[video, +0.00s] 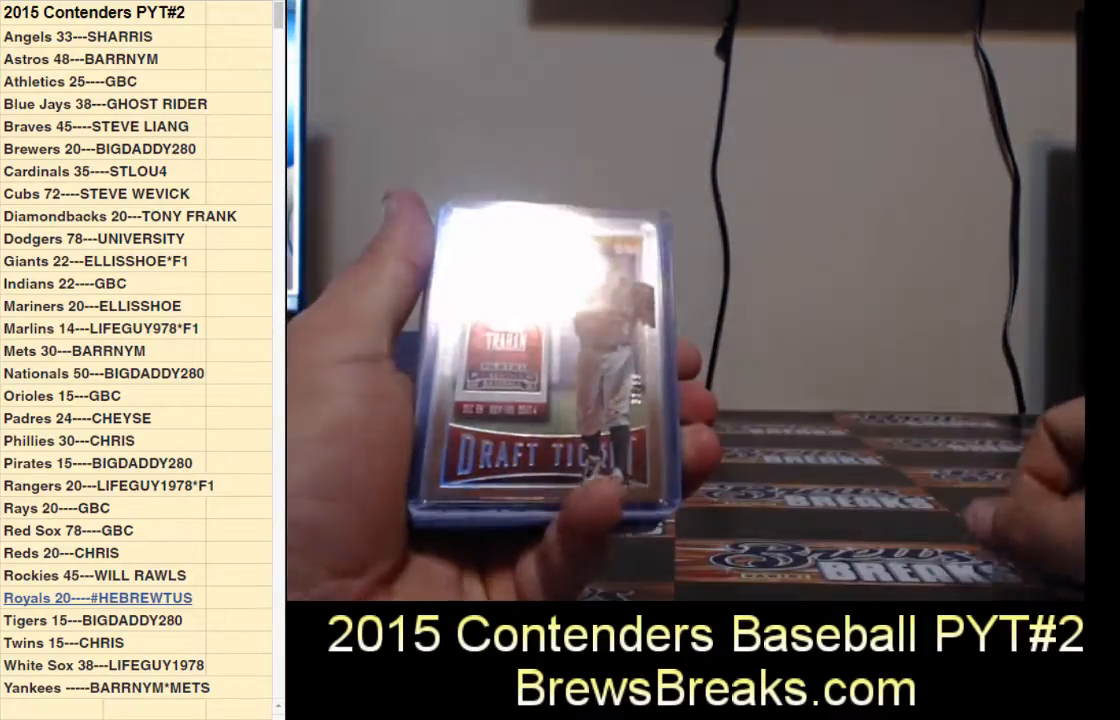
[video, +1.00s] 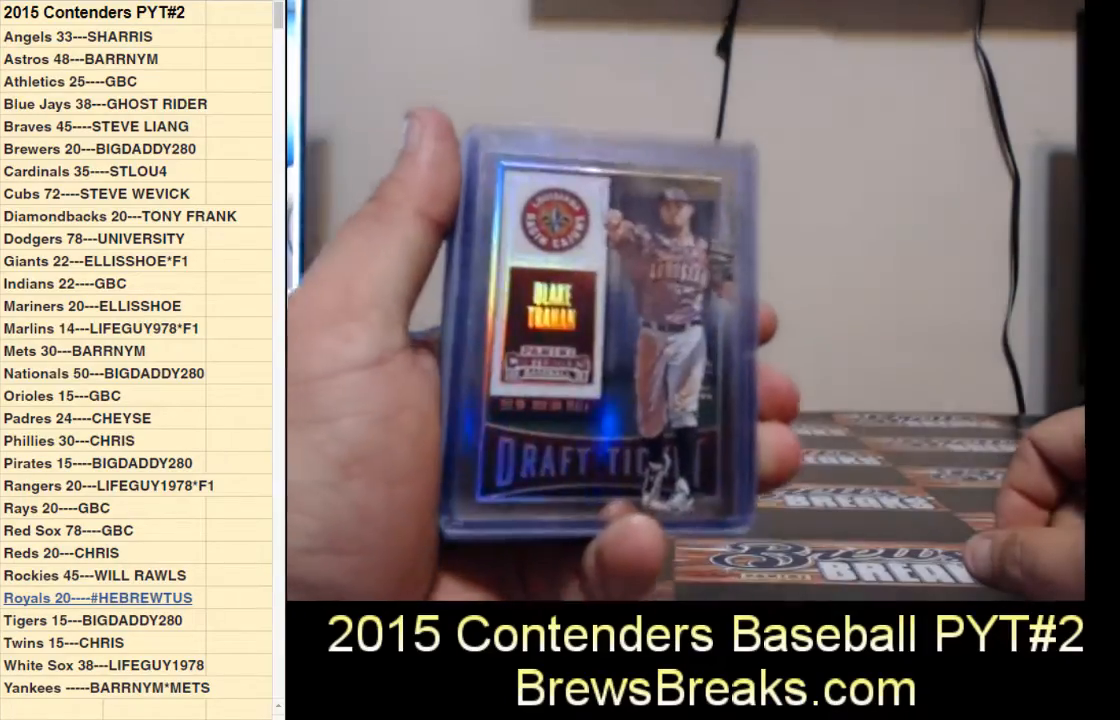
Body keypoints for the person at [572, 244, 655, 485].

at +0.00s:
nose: (611, 273)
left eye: (615, 269)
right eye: (607, 267)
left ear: (622, 267)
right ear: (601, 266)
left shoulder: (632, 290)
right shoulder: (592, 288)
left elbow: (651, 319)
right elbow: (579, 318)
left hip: (619, 350)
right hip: (590, 351)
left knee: (617, 410)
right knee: (588, 410)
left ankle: (620, 470)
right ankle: (595, 464)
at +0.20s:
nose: (622, 273)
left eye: (628, 269)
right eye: (619, 268)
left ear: (635, 270)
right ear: (612, 268)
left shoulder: (641, 291)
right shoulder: (600, 290)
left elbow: (658, 317)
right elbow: (584, 309)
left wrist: (642, 290)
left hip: (626, 349)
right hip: (597, 351)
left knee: (625, 411)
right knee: (596, 410)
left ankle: (629, 475)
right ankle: (603, 467)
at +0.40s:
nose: (647, 256)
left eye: (654, 250)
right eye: (643, 250)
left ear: (665, 255)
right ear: (637, 255)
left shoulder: (675, 286)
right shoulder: (628, 281)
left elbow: (687, 323)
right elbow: (605, 268)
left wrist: (695, 307)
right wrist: (601, 264)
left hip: (665, 358)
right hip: (631, 359)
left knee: (660, 427)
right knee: (630, 428)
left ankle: (661, 496)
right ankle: (635, 491)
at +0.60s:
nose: (668, 242)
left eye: (674, 236)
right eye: (663, 236)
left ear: (685, 241)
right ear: (656, 240)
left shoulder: (697, 276)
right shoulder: (644, 267)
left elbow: (718, 314)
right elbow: (625, 262)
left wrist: (719, 299)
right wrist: (616, 254)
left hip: (683, 354)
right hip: (648, 354)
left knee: (678, 426)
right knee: (646, 426)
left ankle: (680, 499)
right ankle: (652, 485)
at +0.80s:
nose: (670, 219)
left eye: (677, 214)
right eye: (665, 214)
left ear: (687, 218)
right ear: (657, 218)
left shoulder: (700, 254)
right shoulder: (646, 247)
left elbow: (722, 296)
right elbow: (626, 242)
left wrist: (726, 277)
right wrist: (615, 233)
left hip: (691, 339)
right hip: (653, 339)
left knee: (688, 414)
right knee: (654, 414)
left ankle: (690, 490)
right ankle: (661, 478)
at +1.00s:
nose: (673, 211)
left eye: (680, 205)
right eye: (668, 205)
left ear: (691, 211)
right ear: (660, 210)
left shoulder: (702, 249)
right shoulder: (646, 241)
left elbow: (724, 292)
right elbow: (628, 234)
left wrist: (725, 274)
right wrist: (617, 225)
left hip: (689, 335)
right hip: (652, 334)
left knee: (682, 410)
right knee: (650, 411)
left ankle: (683, 485)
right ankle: (655, 470)